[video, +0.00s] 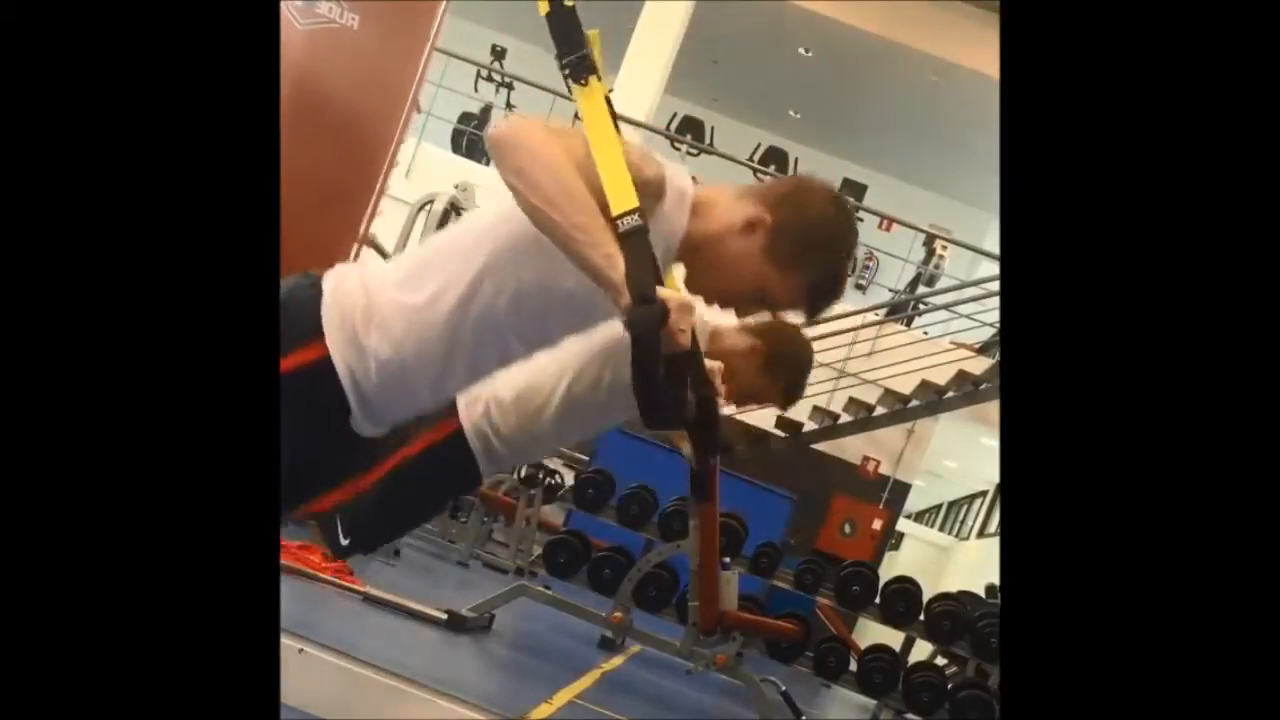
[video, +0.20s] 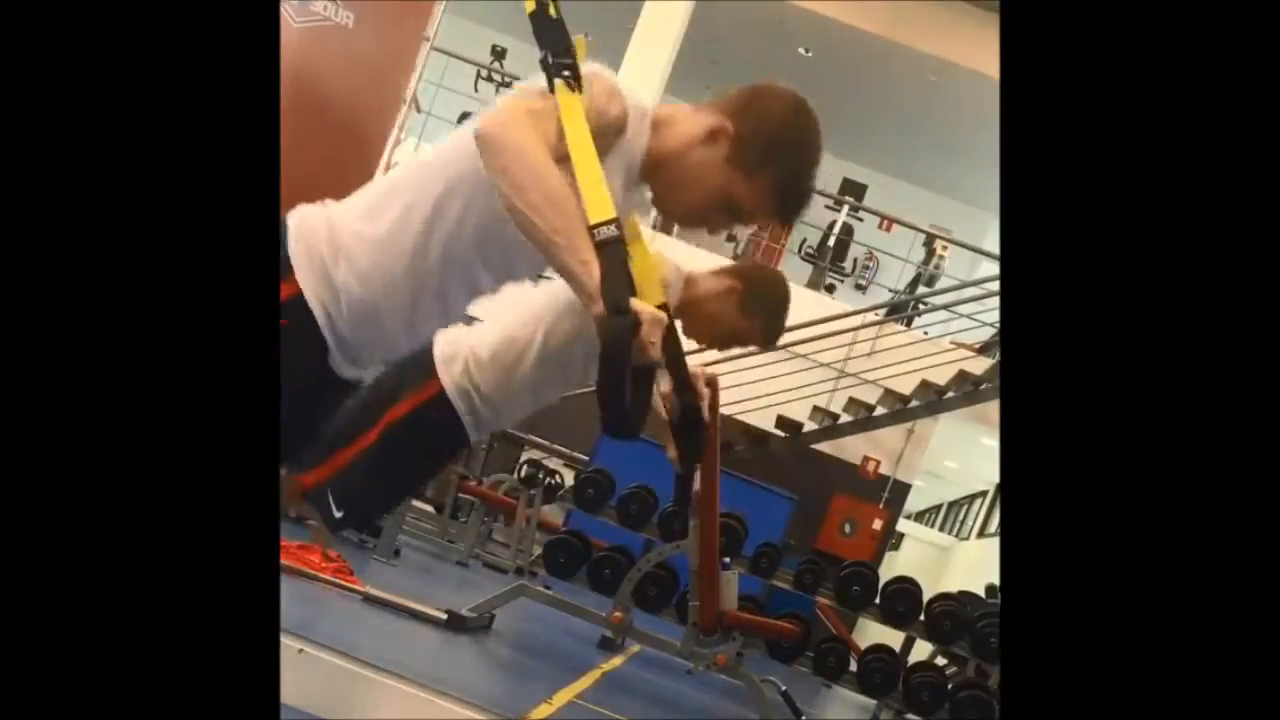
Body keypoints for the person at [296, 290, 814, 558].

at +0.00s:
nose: (732, 396)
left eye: (743, 397)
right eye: (743, 384)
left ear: (750, 369)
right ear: (744, 340)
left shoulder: (686, 380)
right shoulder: (675, 318)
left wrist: (707, 424)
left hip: (496, 441)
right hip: (478, 413)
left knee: (360, 519)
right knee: (345, 516)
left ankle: (335, 540)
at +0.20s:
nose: (726, 343)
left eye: (741, 342)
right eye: (739, 333)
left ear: (729, 288)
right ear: (729, 288)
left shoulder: (663, 313)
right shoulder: (647, 276)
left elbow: (643, 400)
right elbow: (624, 414)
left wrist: (674, 417)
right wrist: (656, 382)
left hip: (467, 406)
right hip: (448, 383)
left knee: (341, 516)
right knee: (314, 499)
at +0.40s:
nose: (702, 302)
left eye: (716, 300)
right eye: (716, 292)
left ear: (703, 244)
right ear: (705, 246)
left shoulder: (633, 269)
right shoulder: (621, 231)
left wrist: (675, 397)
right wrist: (674, 393)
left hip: (447, 384)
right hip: (425, 360)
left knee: (327, 501)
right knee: (300, 487)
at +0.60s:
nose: (692, 271)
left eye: (704, 266)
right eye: (703, 258)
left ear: (684, 211)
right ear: (687, 212)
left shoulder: (626, 251)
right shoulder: (606, 212)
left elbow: (644, 343)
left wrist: (679, 391)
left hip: (445, 372)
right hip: (421, 345)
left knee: (323, 490)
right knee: (296, 470)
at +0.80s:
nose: (690, 267)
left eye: (702, 262)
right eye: (702, 254)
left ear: (680, 205)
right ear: (685, 209)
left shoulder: (623, 244)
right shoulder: (612, 223)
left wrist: (671, 392)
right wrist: (660, 409)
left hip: (441, 374)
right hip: (420, 349)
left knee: (318, 497)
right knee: (295, 477)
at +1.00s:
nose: (696, 277)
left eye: (709, 272)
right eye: (708, 264)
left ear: (689, 219)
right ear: (692, 220)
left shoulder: (627, 257)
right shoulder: (609, 217)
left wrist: (676, 391)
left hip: (443, 382)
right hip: (419, 356)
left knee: (320, 502)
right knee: (295, 488)